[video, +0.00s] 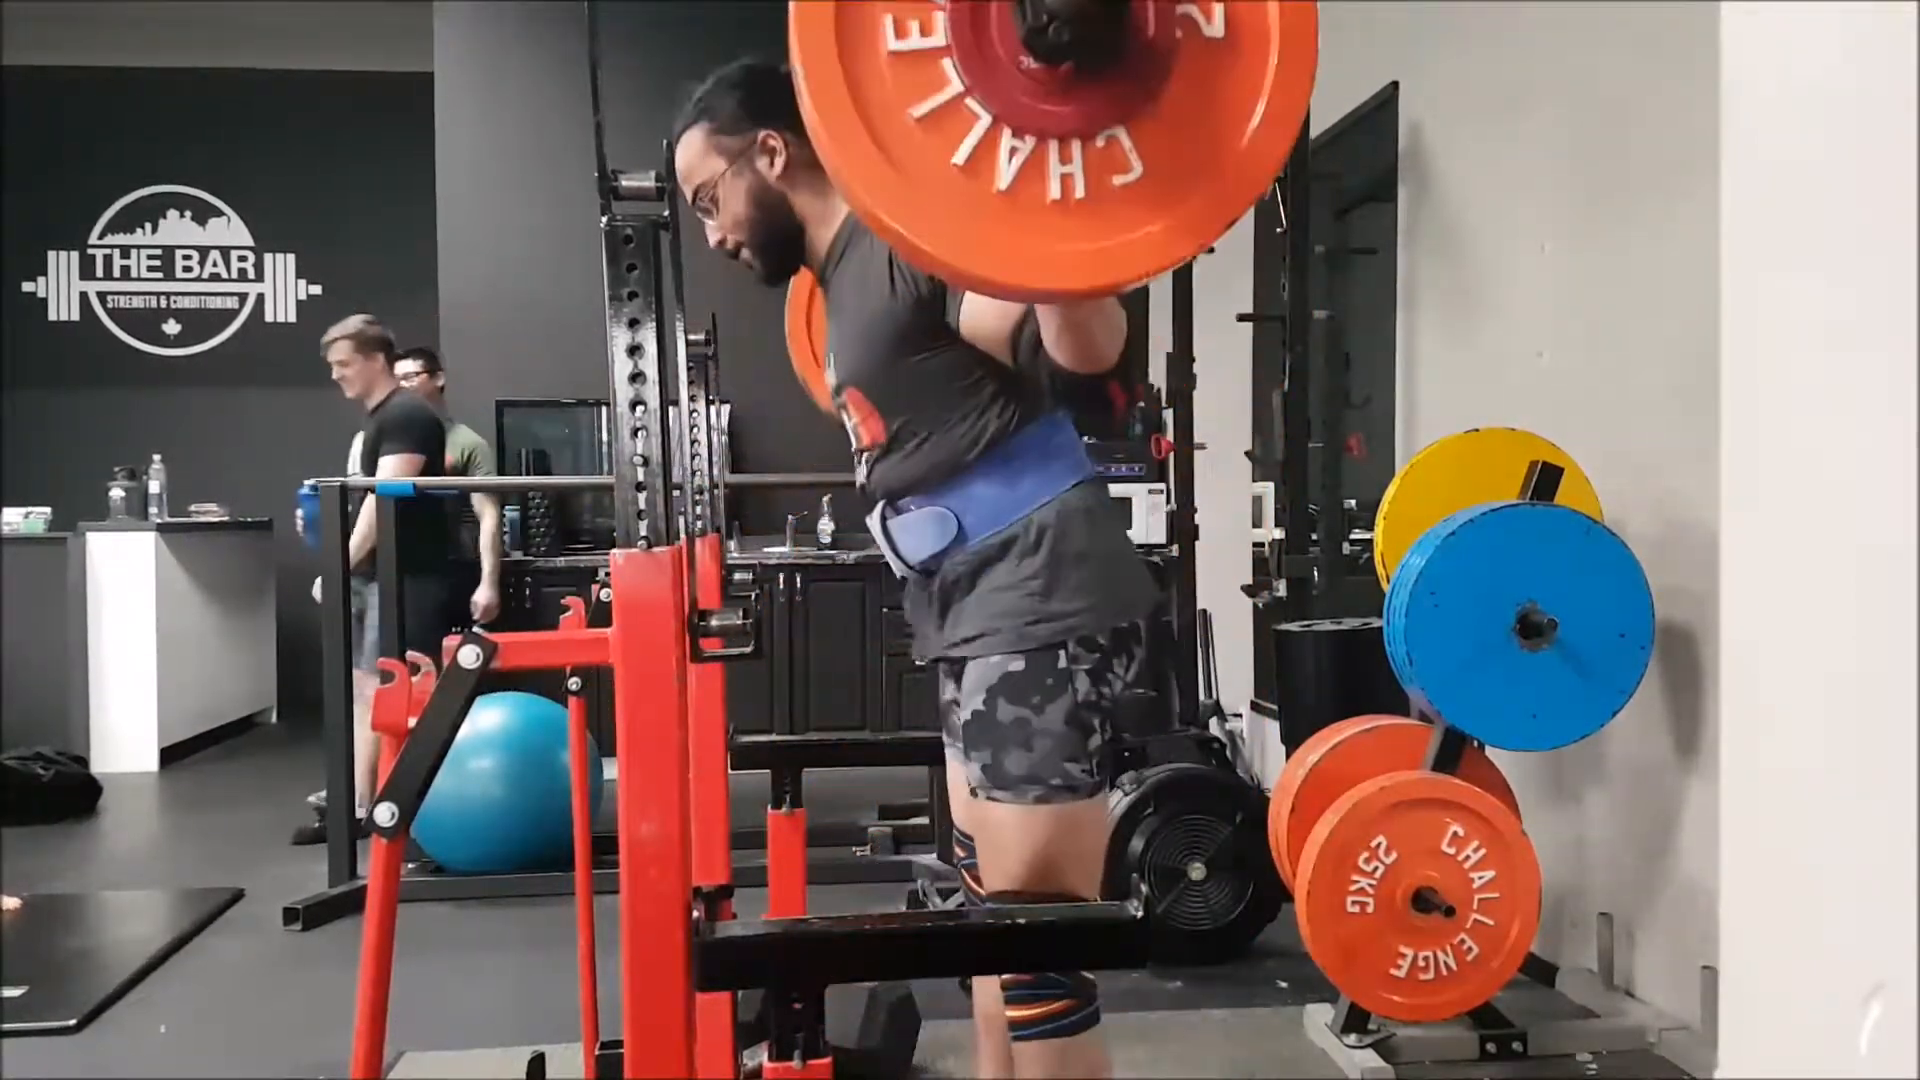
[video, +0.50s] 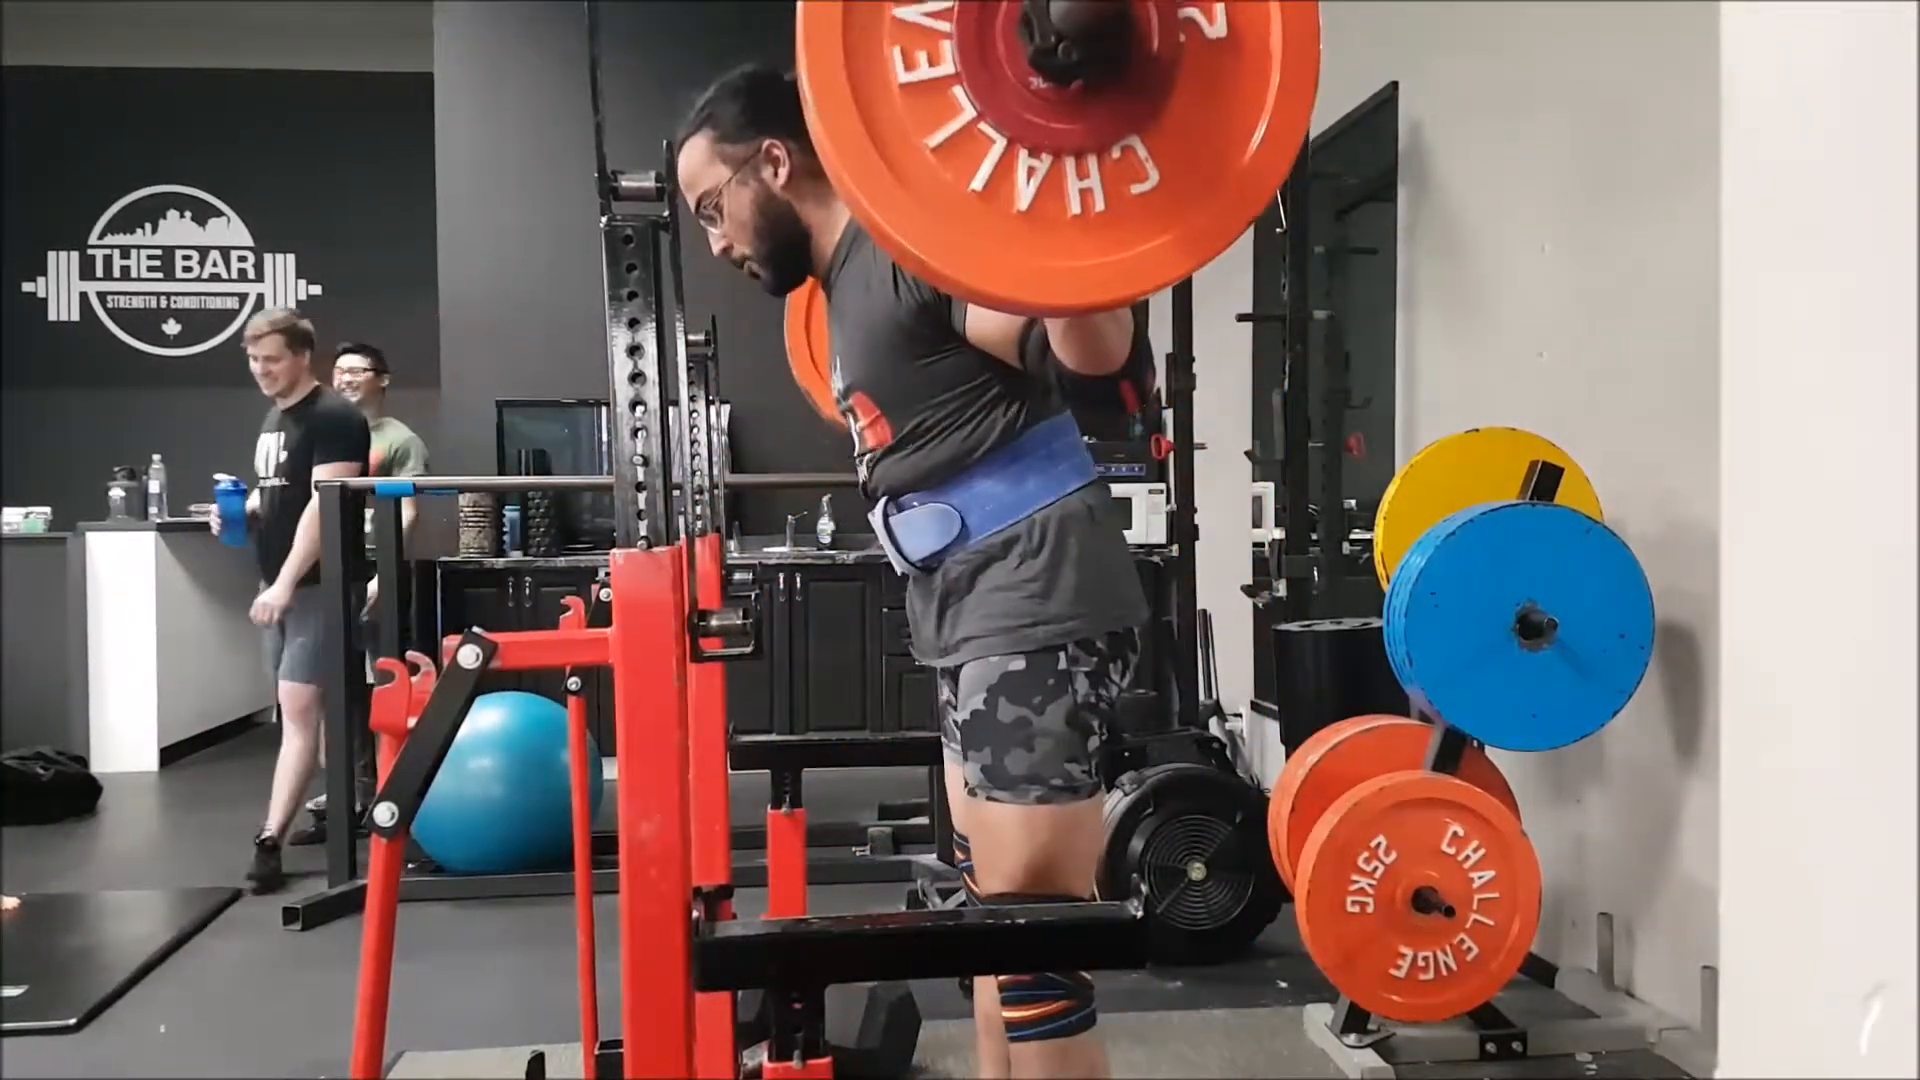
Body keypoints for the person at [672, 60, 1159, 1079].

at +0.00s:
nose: (711, 234)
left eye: (709, 198)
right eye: (696, 212)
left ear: (772, 153)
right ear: (769, 164)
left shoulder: (908, 230)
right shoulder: (833, 285)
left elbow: (1090, 348)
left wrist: (1074, 192)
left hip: (1044, 584)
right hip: (966, 598)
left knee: (1037, 933)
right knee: (984, 918)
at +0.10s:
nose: (710, 237)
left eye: (710, 201)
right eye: (696, 214)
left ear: (774, 158)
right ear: (769, 167)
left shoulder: (909, 230)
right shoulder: (839, 286)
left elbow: (1099, 338)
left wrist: (1101, 162)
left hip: (1037, 592)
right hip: (962, 603)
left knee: (1036, 935)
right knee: (989, 925)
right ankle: (998, 1079)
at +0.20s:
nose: (708, 239)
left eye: (708, 203)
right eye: (695, 215)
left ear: (774, 160)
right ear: (770, 168)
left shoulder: (912, 234)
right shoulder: (836, 291)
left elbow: (1098, 343)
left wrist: (1096, 160)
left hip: (1036, 589)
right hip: (959, 603)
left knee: (1036, 934)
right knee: (992, 924)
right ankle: (999, 1079)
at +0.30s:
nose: (711, 241)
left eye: (711, 204)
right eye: (697, 217)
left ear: (775, 159)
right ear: (772, 168)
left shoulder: (912, 231)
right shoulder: (843, 285)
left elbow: (1098, 342)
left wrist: (1100, 161)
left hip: (1035, 592)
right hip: (962, 606)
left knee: (1035, 941)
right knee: (996, 932)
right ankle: (1001, 1079)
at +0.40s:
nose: (714, 242)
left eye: (713, 206)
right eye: (700, 219)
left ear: (776, 161)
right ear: (773, 169)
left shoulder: (915, 232)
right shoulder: (846, 285)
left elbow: (1099, 342)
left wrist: (1095, 161)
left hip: (1035, 592)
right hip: (964, 605)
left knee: (1034, 941)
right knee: (995, 933)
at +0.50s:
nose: (715, 242)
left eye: (714, 207)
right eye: (701, 219)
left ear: (776, 162)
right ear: (774, 170)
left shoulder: (907, 240)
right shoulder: (844, 286)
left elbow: (1095, 346)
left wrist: (1098, 173)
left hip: (1037, 581)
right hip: (966, 597)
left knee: (1033, 933)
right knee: (990, 923)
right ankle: (1001, 1079)